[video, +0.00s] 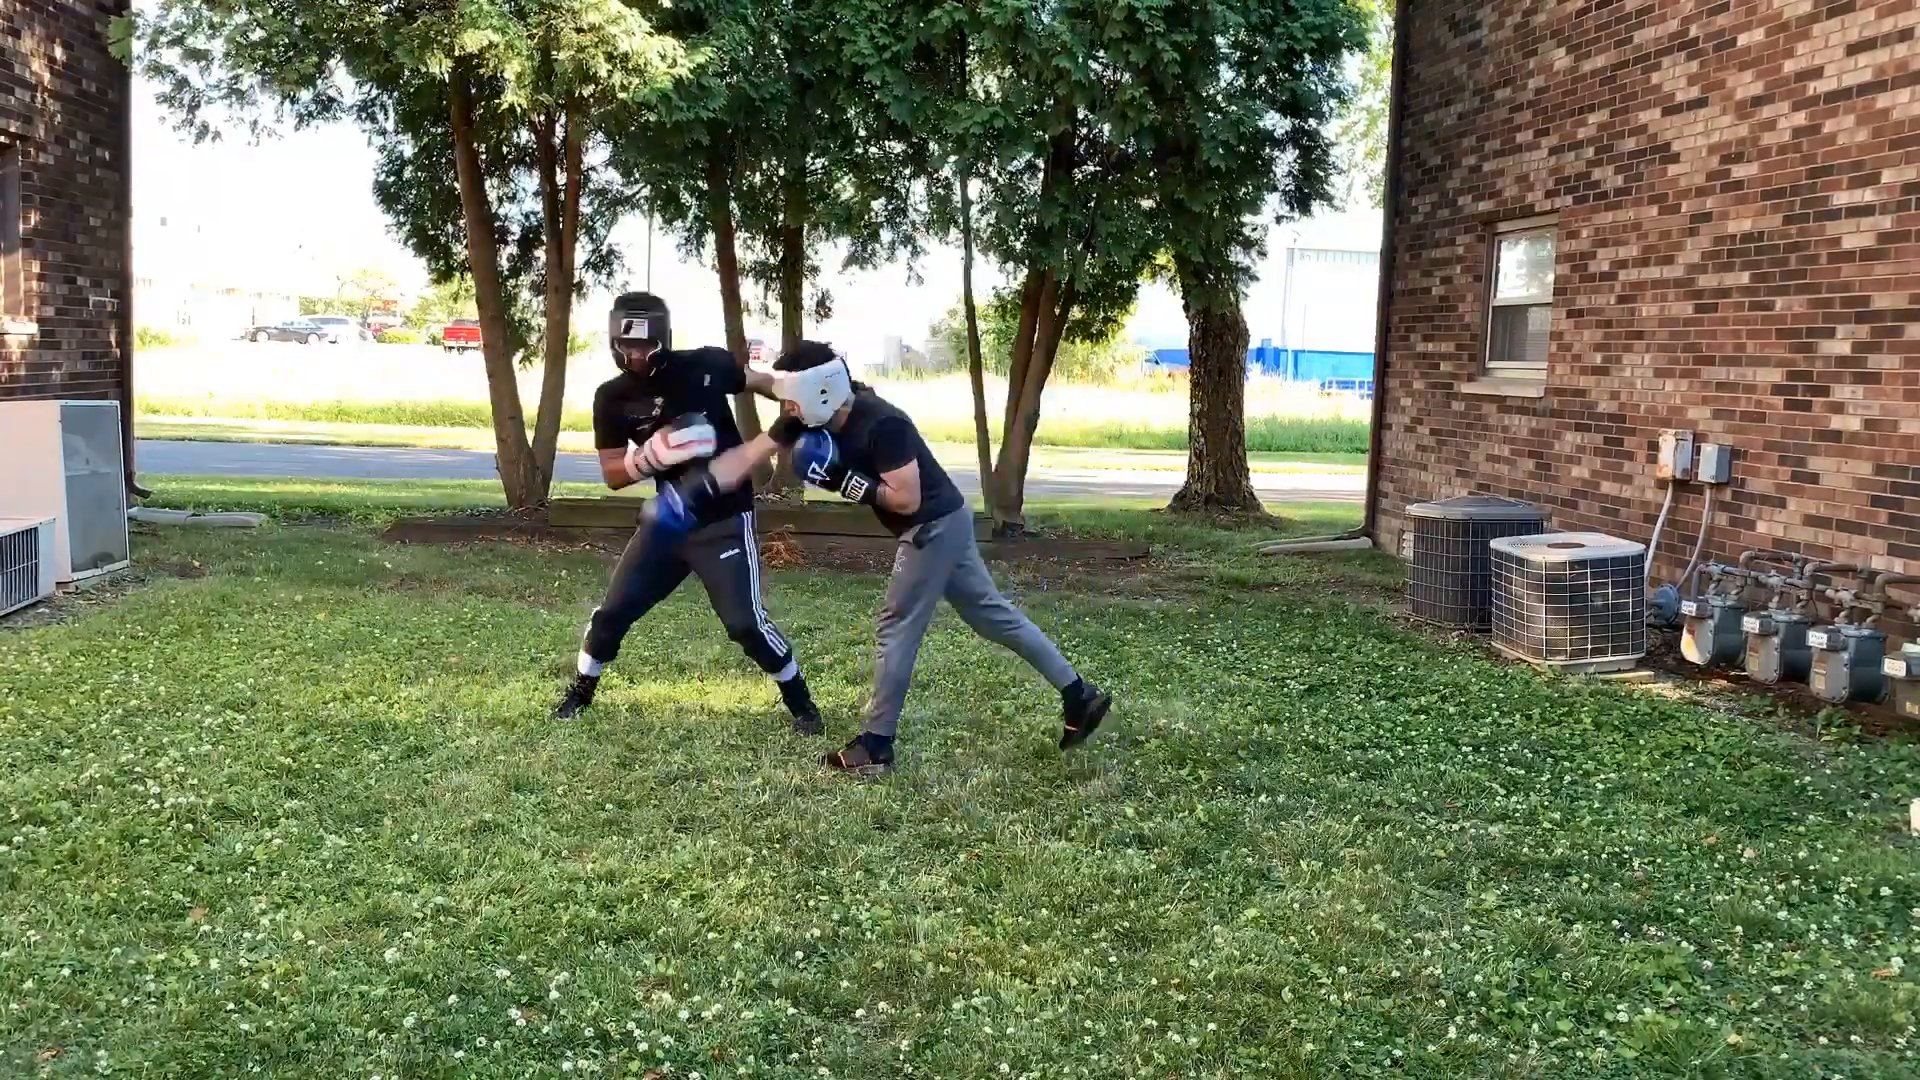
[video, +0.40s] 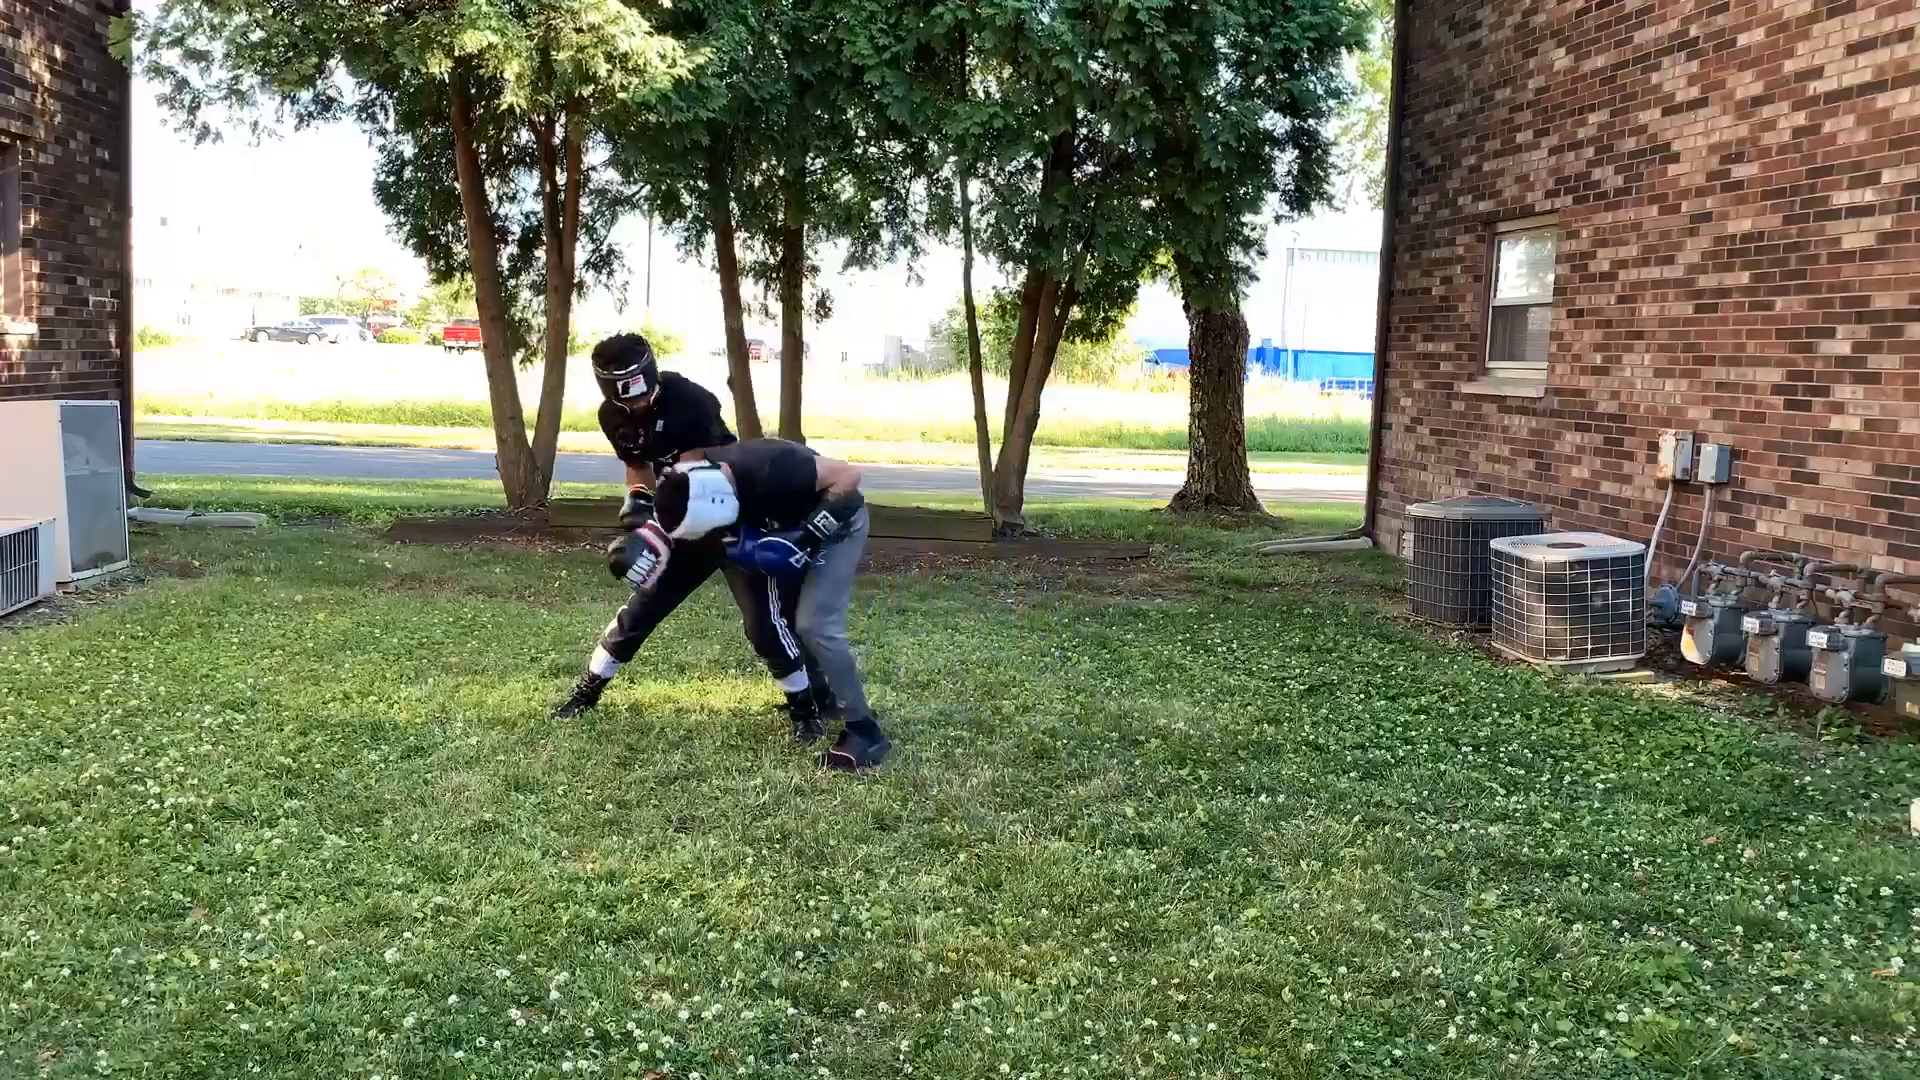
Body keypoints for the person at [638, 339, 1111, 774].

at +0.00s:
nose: (791, 413)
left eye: (797, 405)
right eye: (791, 405)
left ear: (825, 399)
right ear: (810, 398)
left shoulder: (883, 426)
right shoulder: (810, 416)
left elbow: (905, 502)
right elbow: (755, 451)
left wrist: (843, 478)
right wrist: (696, 488)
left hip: (933, 528)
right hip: (940, 521)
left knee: (897, 630)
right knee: (992, 614)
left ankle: (875, 746)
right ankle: (1079, 695)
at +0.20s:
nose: (774, 535)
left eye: (768, 530)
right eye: (767, 535)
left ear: (767, 508)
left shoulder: (825, 466)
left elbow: (900, 456)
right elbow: (808, 536)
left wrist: (862, 515)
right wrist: (826, 567)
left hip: (895, 519)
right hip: (853, 530)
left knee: (873, 625)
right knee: (870, 617)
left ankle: (874, 741)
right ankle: (941, 677)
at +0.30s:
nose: (757, 556)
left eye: (752, 554)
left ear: (748, 527)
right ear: (720, 520)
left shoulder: (805, 489)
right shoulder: (725, 505)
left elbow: (878, 474)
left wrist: (846, 537)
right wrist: (789, 548)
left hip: (863, 512)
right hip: (813, 522)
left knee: (856, 622)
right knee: (819, 613)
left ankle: (873, 742)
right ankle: (842, 690)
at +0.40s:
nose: (707, 535)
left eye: (705, 529)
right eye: (700, 532)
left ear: (716, 504)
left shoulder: (770, 470)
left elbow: (849, 476)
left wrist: (806, 538)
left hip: (836, 515)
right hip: (779, 522)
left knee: (814, 624)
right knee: (785, 621)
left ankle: (864, 731)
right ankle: (820, 695)